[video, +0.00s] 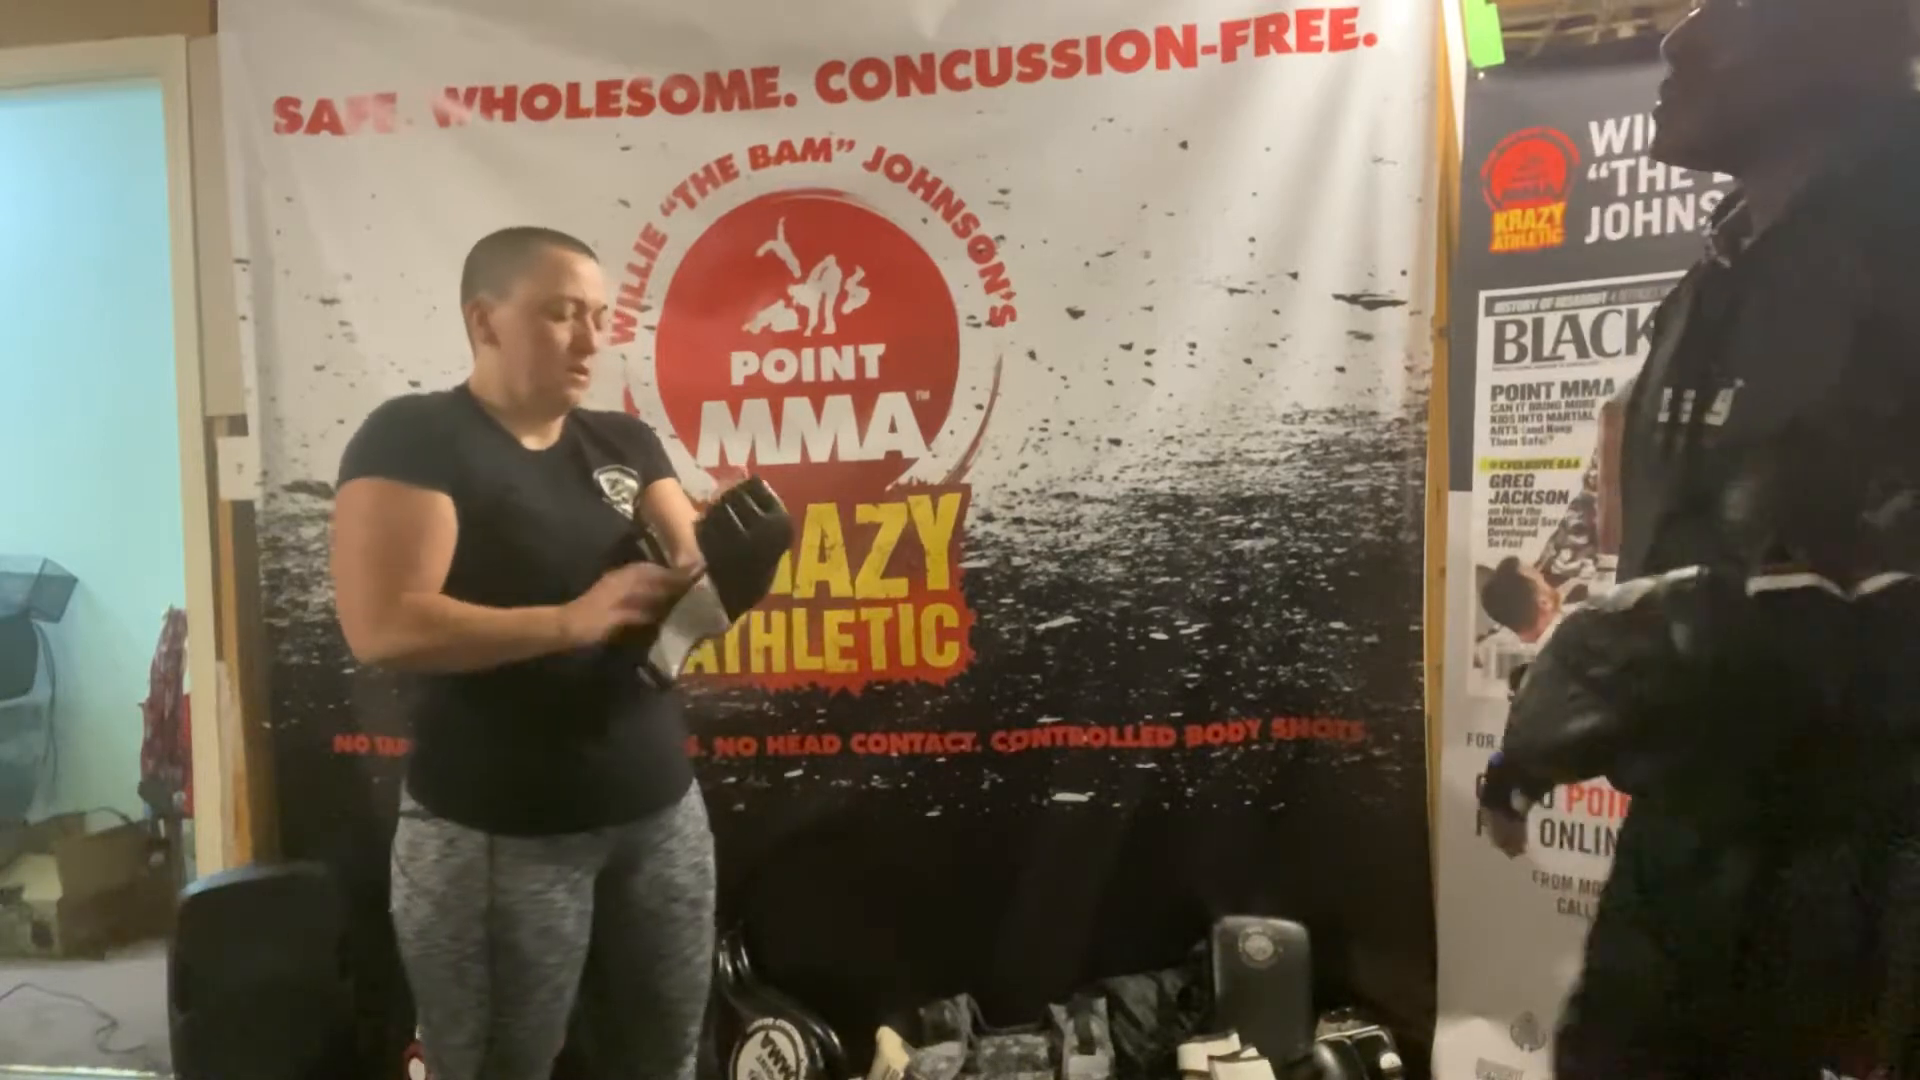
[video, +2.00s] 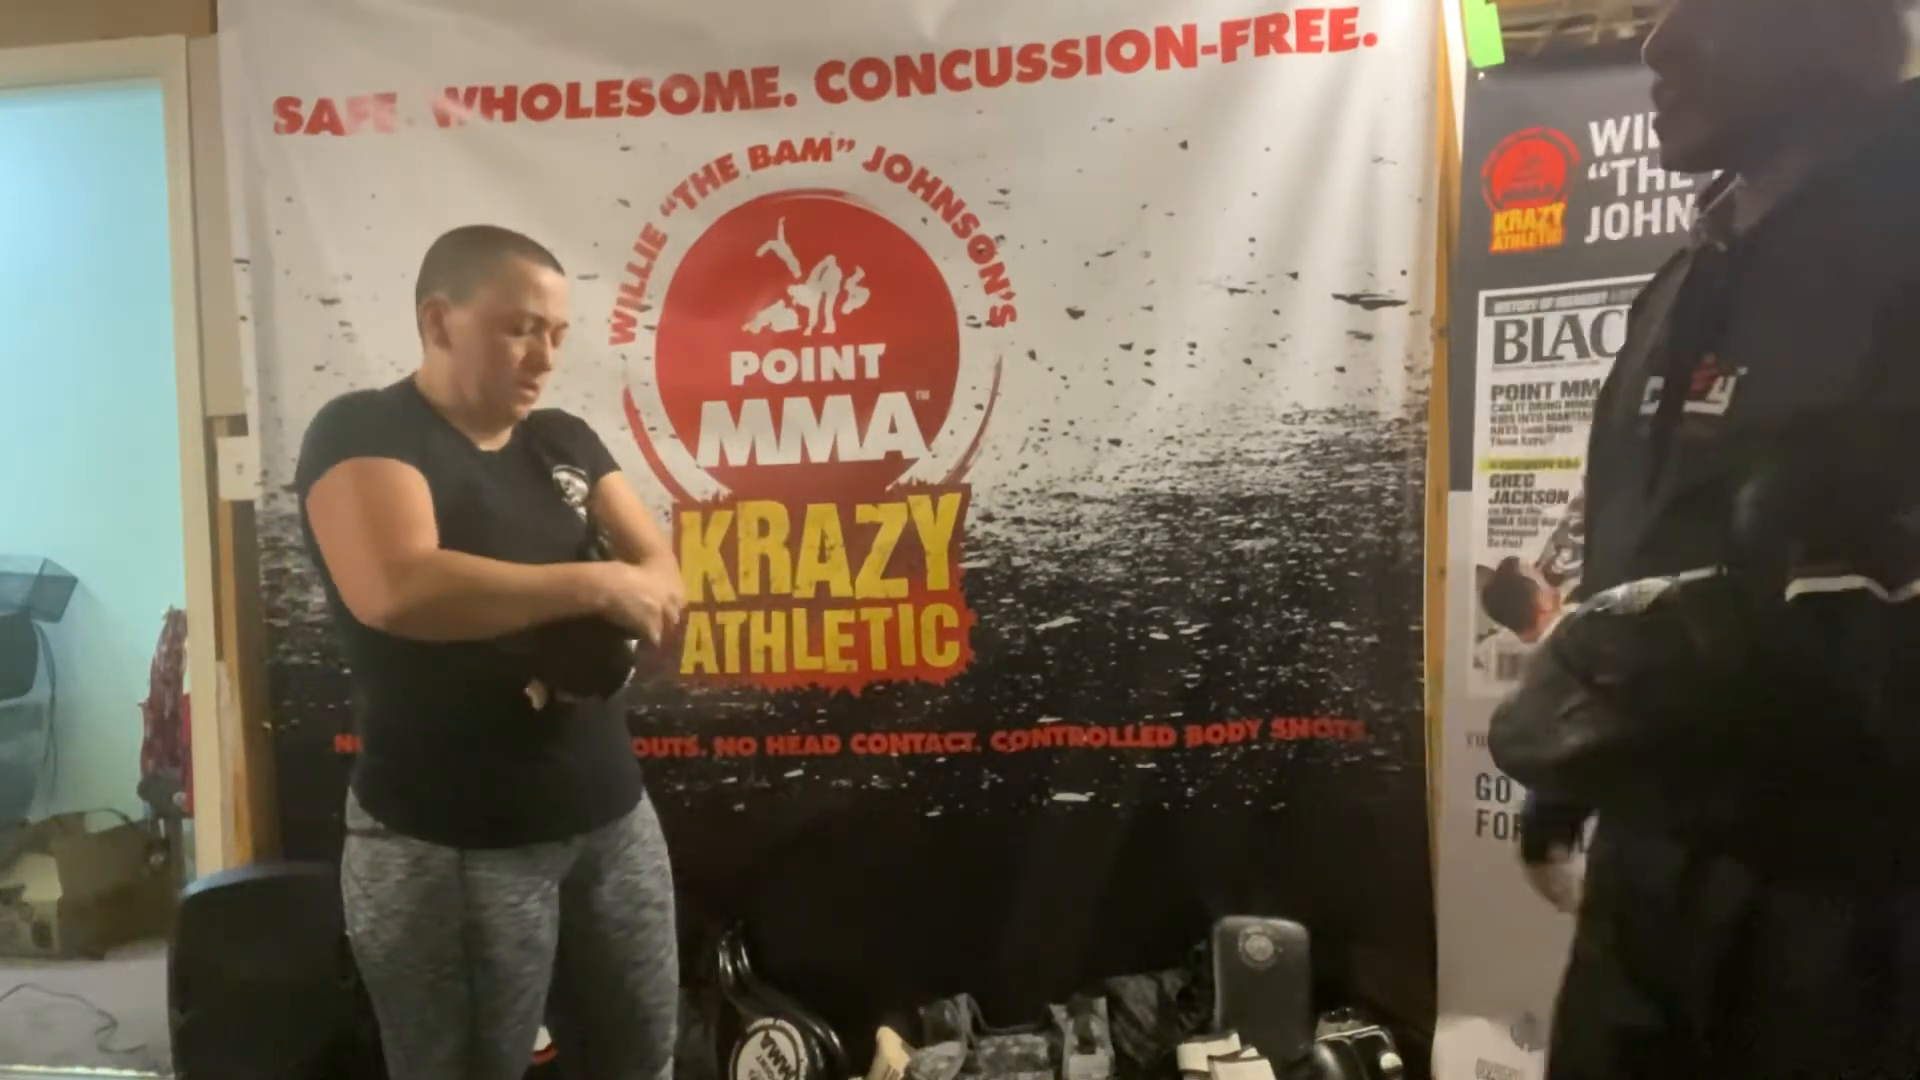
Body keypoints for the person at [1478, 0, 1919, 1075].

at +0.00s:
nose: (1667, 38)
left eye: (1713, 12)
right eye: (1683, 15)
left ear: (1815, 36)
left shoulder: (1893, 217)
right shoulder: (1710, 282)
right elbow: (1667, 568)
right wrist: (1544, 725)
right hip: (1702, 825)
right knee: (1616, 1053)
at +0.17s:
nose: (1661, 36)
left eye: (1708, 11)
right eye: (1675, 14)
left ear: (1817, 36)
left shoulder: (1893, 221)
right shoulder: (1679, 292)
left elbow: (1898, 601)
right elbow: (1621, 546)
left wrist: (1608, 609)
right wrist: (1578, 750)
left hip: (1851, 850)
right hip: (1674, 847)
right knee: (1609, 1059)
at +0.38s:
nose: (1608, 57)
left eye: (1654, 34)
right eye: (1617, 38)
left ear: (1765, 65)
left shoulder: (1846, 229)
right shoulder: (1639, 285)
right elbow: (1584, 548)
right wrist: (1533, 766)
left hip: (1794, 808)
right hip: (1635, 811)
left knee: (1799, 1053)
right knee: (1617, 1053)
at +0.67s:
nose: (1503, 142)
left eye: (1532, 104)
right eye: (1508, 116)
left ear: (1639, 112)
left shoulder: (1765, 230)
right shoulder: (1539, 338)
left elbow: (1890, 452)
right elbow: (1508, 591)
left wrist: (1598, 596)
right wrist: (1423, 768)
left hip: (1766, 775)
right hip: (1591, 790)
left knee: (1762, 1057)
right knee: (1595, 1053)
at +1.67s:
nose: (1629, 69)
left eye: (1676, 35)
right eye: (1622, 47)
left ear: (1805, 51)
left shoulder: (1884, 227)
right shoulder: (1613, 300)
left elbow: (1894, 572)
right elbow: (1543, 564)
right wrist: (1447, 732)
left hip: (1823, 842)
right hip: (1617, 839)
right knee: (1592, 1058)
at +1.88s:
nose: (1643, 40)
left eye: (1681, 9)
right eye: (1645, 19)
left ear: (1822, 24)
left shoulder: (1892, 196)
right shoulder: (1643, 305)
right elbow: (1615, 591)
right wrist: (1516, 753)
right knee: (1590, 1057)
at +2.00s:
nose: (1652, 40)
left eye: (1698, 7)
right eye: (1663, 16)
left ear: (1837, 25)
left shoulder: (1897, 215)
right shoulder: (1671, 290)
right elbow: (1623, 557)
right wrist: (1565, 775)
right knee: (1606, 1059)